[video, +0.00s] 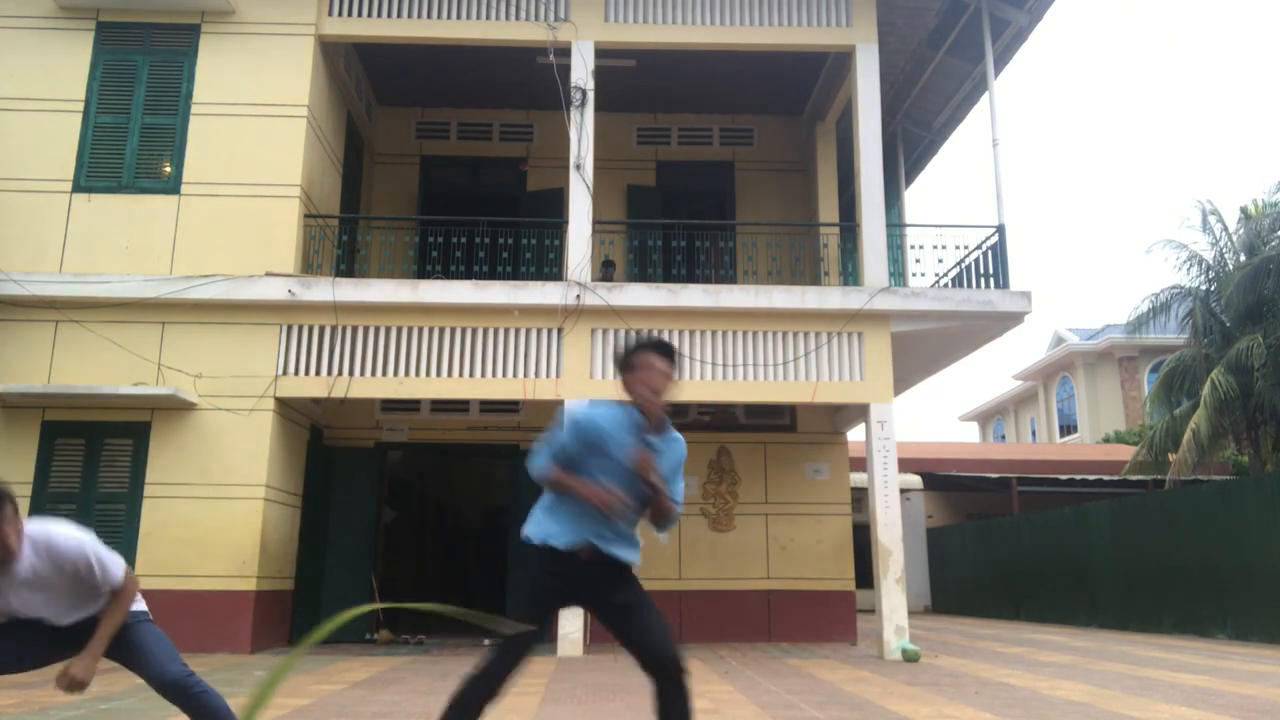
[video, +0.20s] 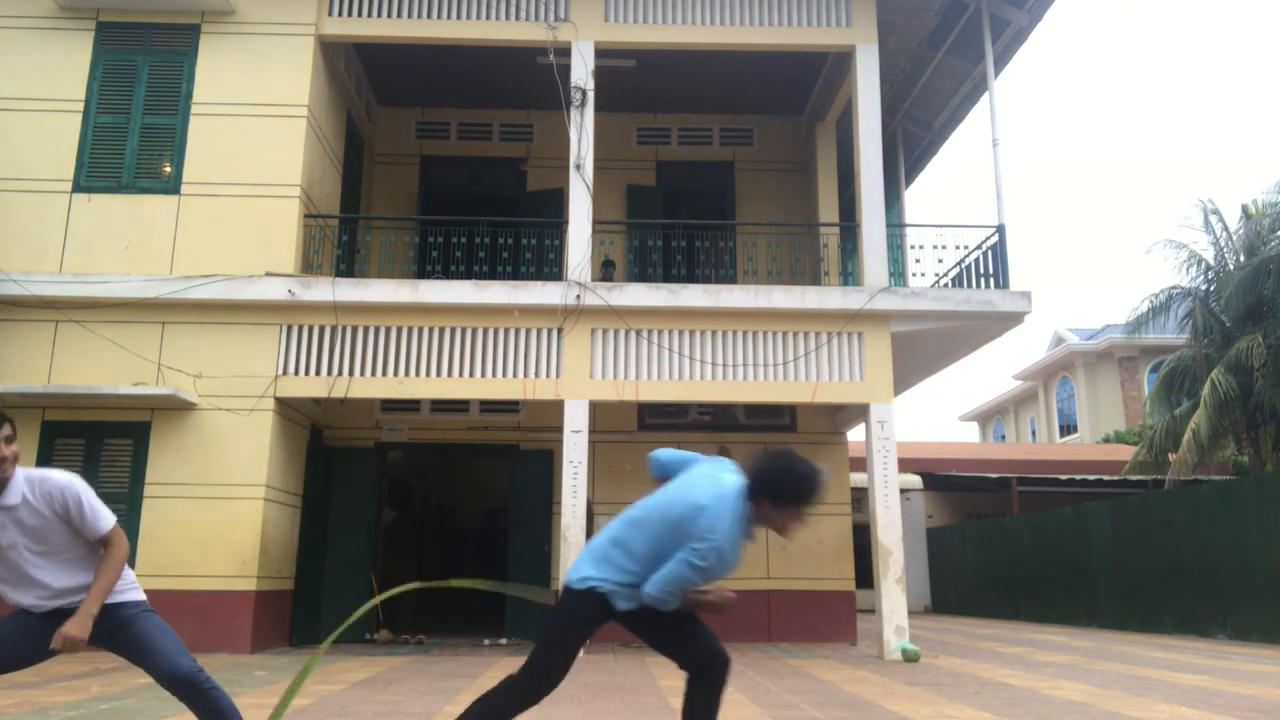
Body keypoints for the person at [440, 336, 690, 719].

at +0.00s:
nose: (652, 380)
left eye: (661, 372)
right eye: (642, 370)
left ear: (671, 380)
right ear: (625, 377)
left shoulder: (673, 446)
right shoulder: (585, 418)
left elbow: (665, 520)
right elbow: (539, 463)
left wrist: (652, 481)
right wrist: (589, 491)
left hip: (607, 566)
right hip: (548, 556)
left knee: (667, 664)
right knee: (510, 654)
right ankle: (453, 716)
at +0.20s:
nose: (798, 522)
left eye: (801, 512)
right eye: (797, 512)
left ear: (767, 485)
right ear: (774, 505)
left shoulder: (722, 469)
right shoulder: (720, 545)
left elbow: (658, 460)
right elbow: (655, 596)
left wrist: (687, 506)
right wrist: (700, 599)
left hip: (639, 586)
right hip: (594, 581)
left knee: (711, 663)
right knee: (536, 679)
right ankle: (468, 716)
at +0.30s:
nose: (843, 526)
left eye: (848, 518)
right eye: (844, 516)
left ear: (816, 489)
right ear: (820, 502)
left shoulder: (770, 474)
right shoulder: (762, 530)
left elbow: (699, 468)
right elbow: (679, 569)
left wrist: (708, 532)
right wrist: (725, 597)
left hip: (674, 576)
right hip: (631, 570)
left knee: (731, 672)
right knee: (570, 662)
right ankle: (482, 716)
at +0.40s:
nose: (882, 478)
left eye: (886, 469)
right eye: (879, 466)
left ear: (858, 457)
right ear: (850, 453)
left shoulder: (826, 479)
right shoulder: (792, 479)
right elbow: (716, 525)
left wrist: (784, 548)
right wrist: (752, 588)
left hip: (722, 567)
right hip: (678, 552)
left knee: (746, 681)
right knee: (625, 646)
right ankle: (553, 713)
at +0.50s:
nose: (896, 412)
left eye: (907, 403)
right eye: (889, 398)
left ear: (916, 403)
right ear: (868, 390)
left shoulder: (887, 439)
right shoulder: (820, 420)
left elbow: (860, 472)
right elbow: (745, 467)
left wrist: (866, 515)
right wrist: (762, 540)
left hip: (786, 549)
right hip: (738, 533)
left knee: (771, 668)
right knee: (705, 636)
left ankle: (728, 716)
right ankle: (665, 711)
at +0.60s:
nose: (894, 369)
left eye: (907, 360)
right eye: (889, 358)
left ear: (933, 363)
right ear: (881, 356)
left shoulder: (935, 422)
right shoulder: (847, 390)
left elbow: (930, 477)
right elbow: (783, 442)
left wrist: (922, 502)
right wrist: (789, 508)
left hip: (855, 534)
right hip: (806, 524)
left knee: (848, 661)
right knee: (798, 634)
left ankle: (757, 717)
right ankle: (792, 708)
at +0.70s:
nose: (915, 371)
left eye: (927, 360)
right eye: (909, 361)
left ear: (960, 363)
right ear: (902, 361)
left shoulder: (984, 428)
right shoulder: (875, 405)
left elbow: (1003, 491)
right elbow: (828, 455)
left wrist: (978, 526)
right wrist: (820, 510)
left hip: (929, 548)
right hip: (872, 544)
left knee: (932, 679)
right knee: (899, 668)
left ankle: (832, 706)